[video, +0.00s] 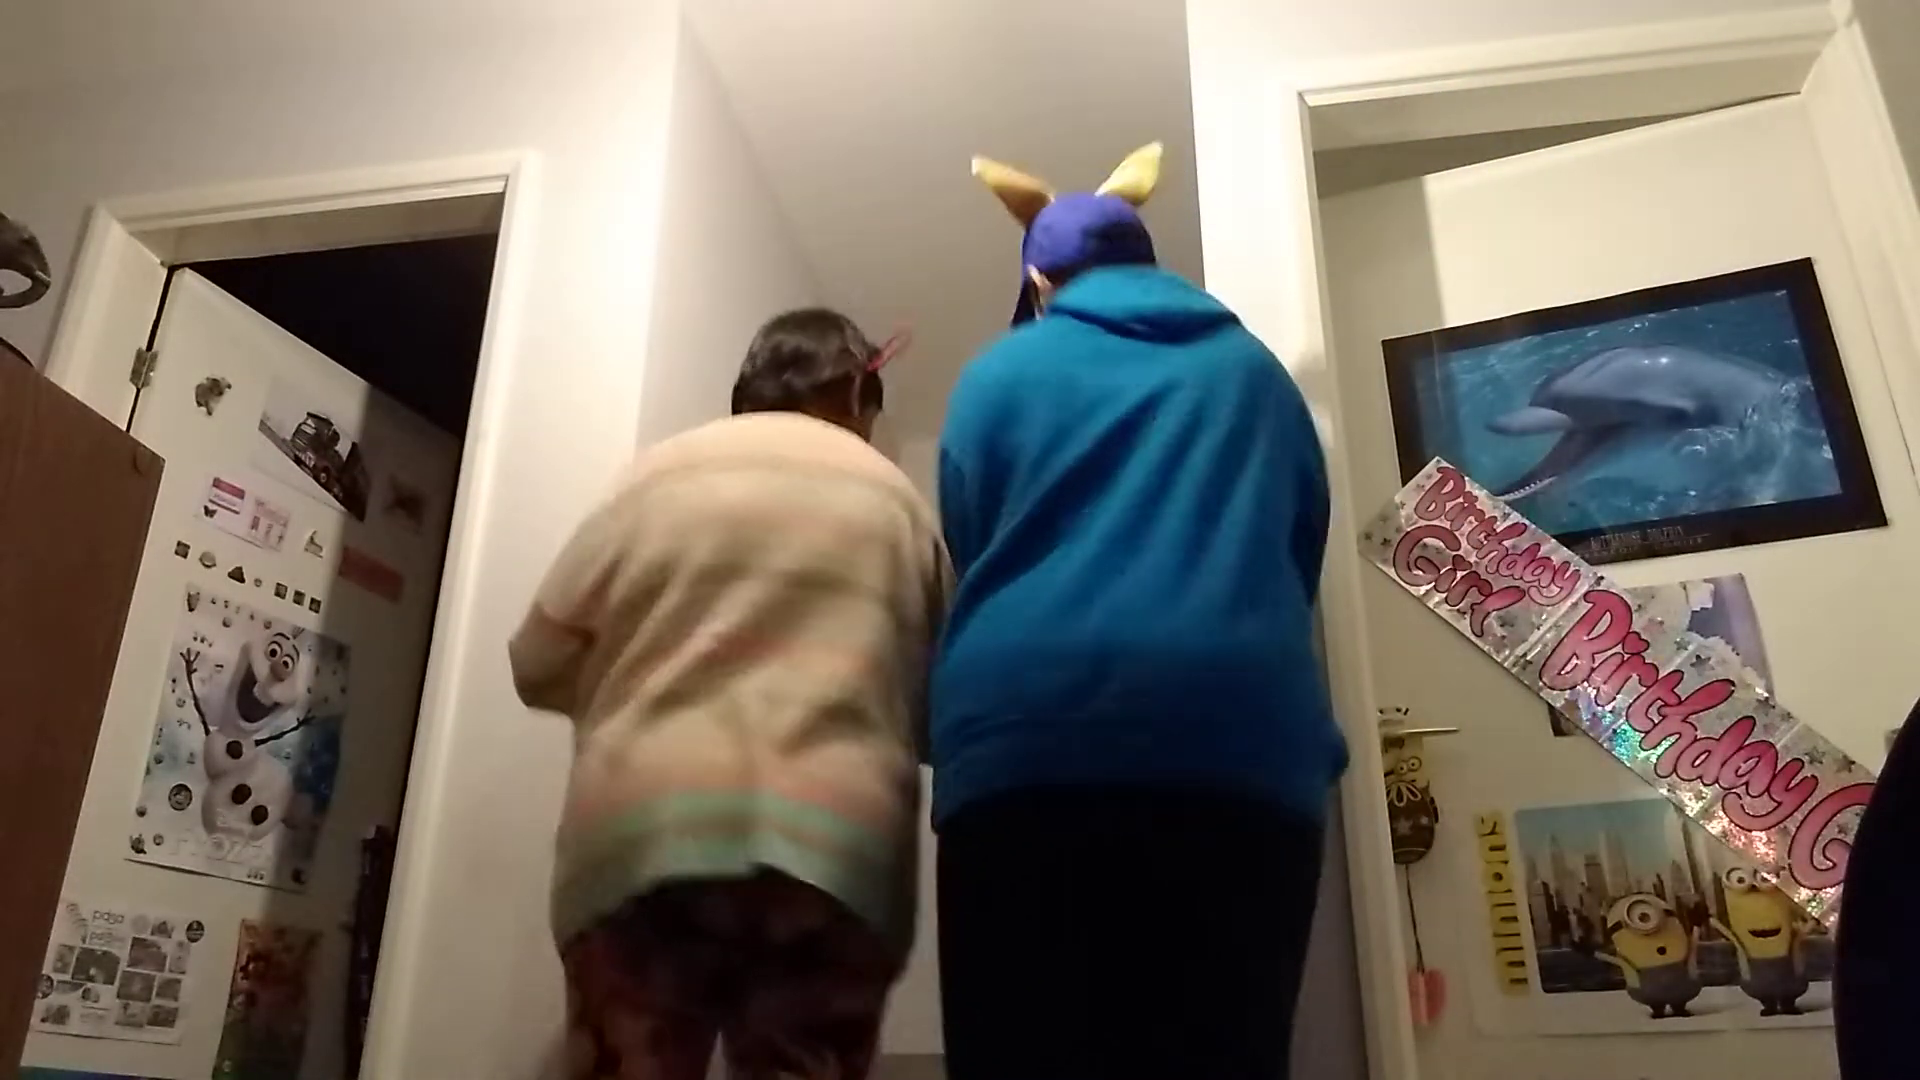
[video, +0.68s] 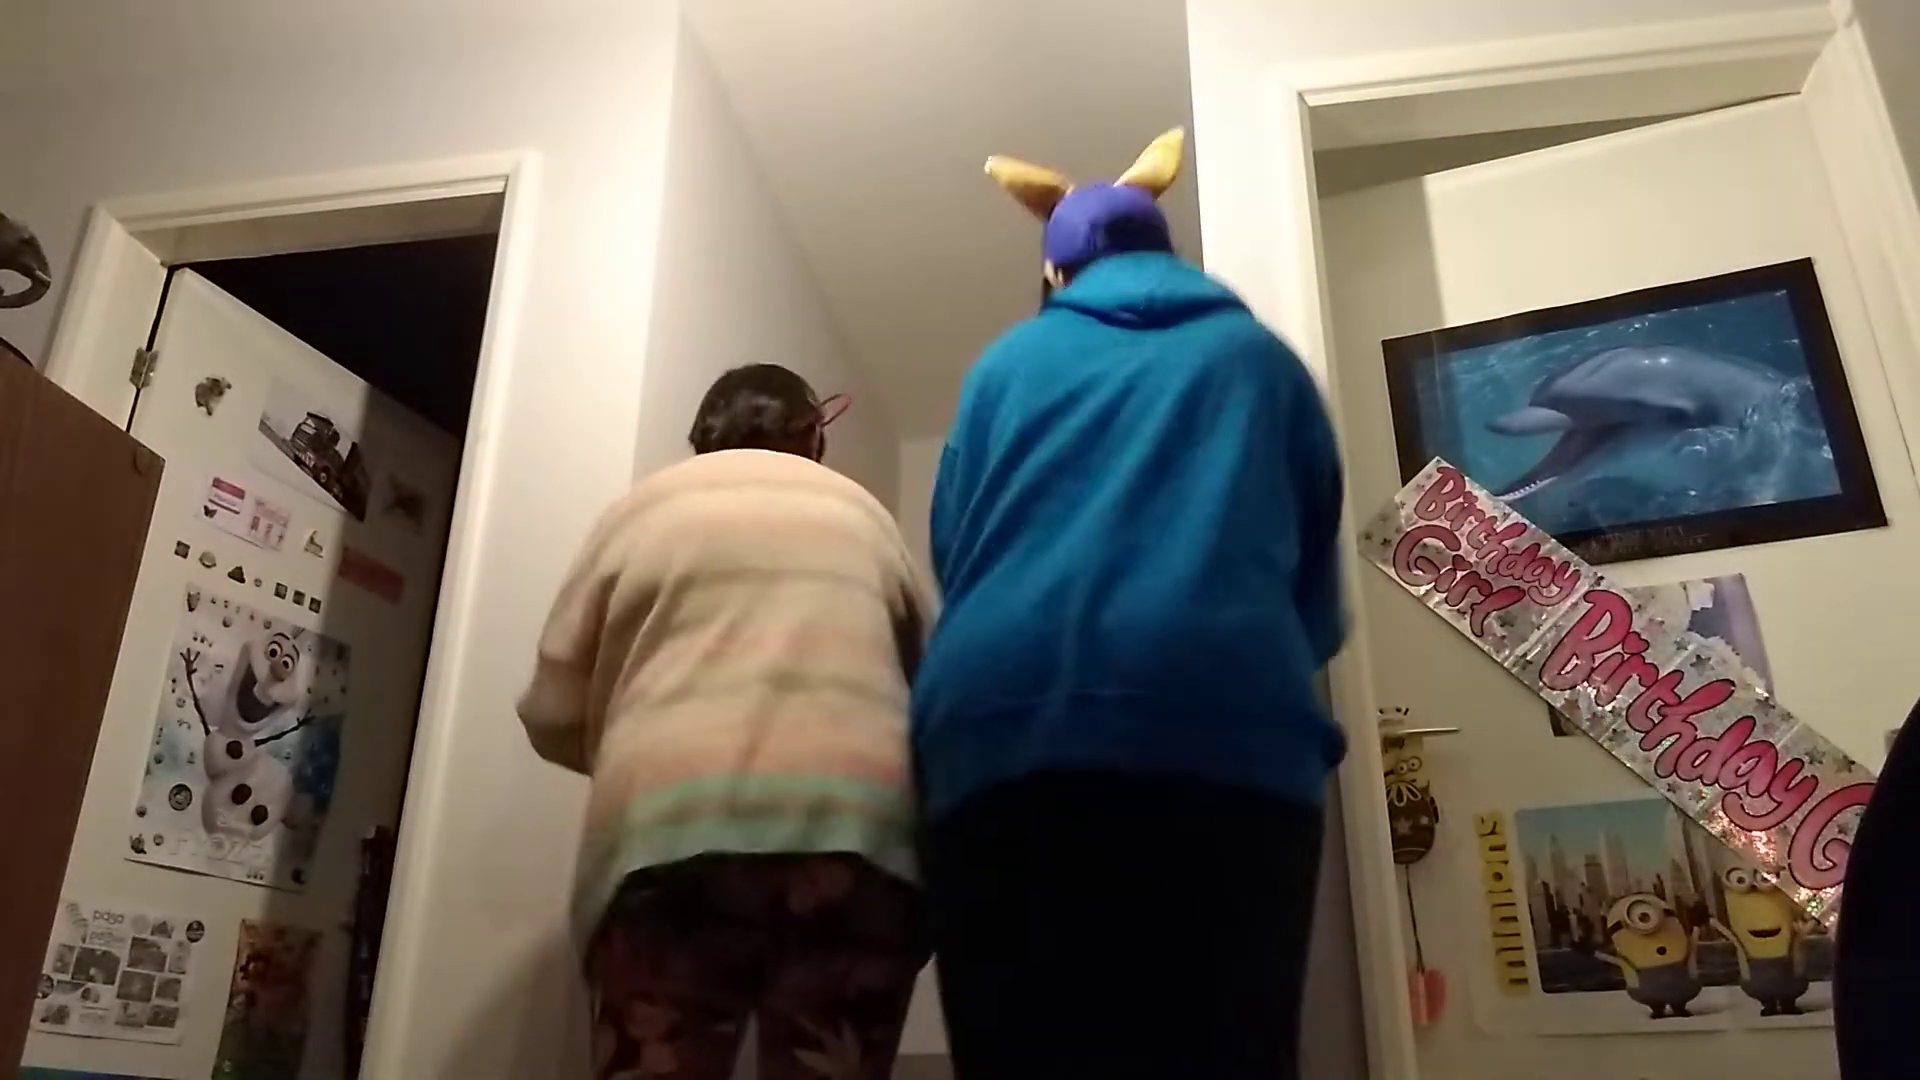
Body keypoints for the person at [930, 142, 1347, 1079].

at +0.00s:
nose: (1022, 304)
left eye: (1023, 289)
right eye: (1025, 290)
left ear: (1040, 286)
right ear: (1150, 266)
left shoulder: (1001, 372)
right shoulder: (1259, 370)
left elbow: (968, 543)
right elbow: (1305, 536)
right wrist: (1258, 650)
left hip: (1021, 750)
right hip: (1250, 754)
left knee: (1019, 1040)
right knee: (1226, 1044)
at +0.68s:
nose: (1038, 279)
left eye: (1042, 266)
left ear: (1056, 276)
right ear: (1175, 256)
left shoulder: (1003, 363)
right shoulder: (1266, 358)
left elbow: (954, 552)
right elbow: (1319, 599)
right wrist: (1251, 682)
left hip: (1003, 760)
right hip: (1236, 761)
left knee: (1019, 1047)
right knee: (1229, 1046)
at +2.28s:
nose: (1501, 125)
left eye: (1518, 106)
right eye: (1458, 114)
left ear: (1547, 132)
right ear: (1403, 174)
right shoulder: (1456, 228)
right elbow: (1642, 326)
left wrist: (1687, 242)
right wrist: (1676, 205)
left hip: (1696, 653)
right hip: (1621, 659)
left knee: (1761, 996)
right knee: (1760, 997)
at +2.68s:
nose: (1632, 166)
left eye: (1656, 140)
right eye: (1592, 156)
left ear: (1699, 170)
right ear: (1557, 211)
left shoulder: (1748, 326)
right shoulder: (1568, 316)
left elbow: (1866, 502)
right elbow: (1703, 482)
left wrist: (1894, 363)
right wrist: (1834, 326)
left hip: (1817, 763)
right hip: (1690, 785)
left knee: (1866, 1042)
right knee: (1787, 1053)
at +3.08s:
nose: (1576, 188)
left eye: (1603, 151)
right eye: (1561, 178)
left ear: (1701, 147)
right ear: (1562, 213)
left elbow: (1913, 429)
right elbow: (1505, 626)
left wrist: (1750, 400)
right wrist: (1535, 500)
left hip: (1884, 752)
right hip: (1682, 789)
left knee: (1889, 1037)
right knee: (1763, 1055)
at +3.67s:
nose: (1543, 235)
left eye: (1554, 193)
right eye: (1532, 217)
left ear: (1639, 157)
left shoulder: (1724, 231)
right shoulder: (1629, 333)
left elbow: (1604, 431)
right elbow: (1582, 604)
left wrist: (1497, 378)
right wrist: (1507, 458)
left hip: (1844, 768)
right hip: (1740, 791)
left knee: (1853, 1046)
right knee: (1789, 1050)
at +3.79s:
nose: (1513, 240)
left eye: (1525, 202)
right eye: (1504, 222)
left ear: (1610, 169)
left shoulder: (1692, 239)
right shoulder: (1610, 336)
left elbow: (1592, 439)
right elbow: (1566, 613)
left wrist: (1476, 389)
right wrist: (1497, 458)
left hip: (1829, 768)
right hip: (1746, 786)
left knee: (1827, 1046)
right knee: (1785, 1047)